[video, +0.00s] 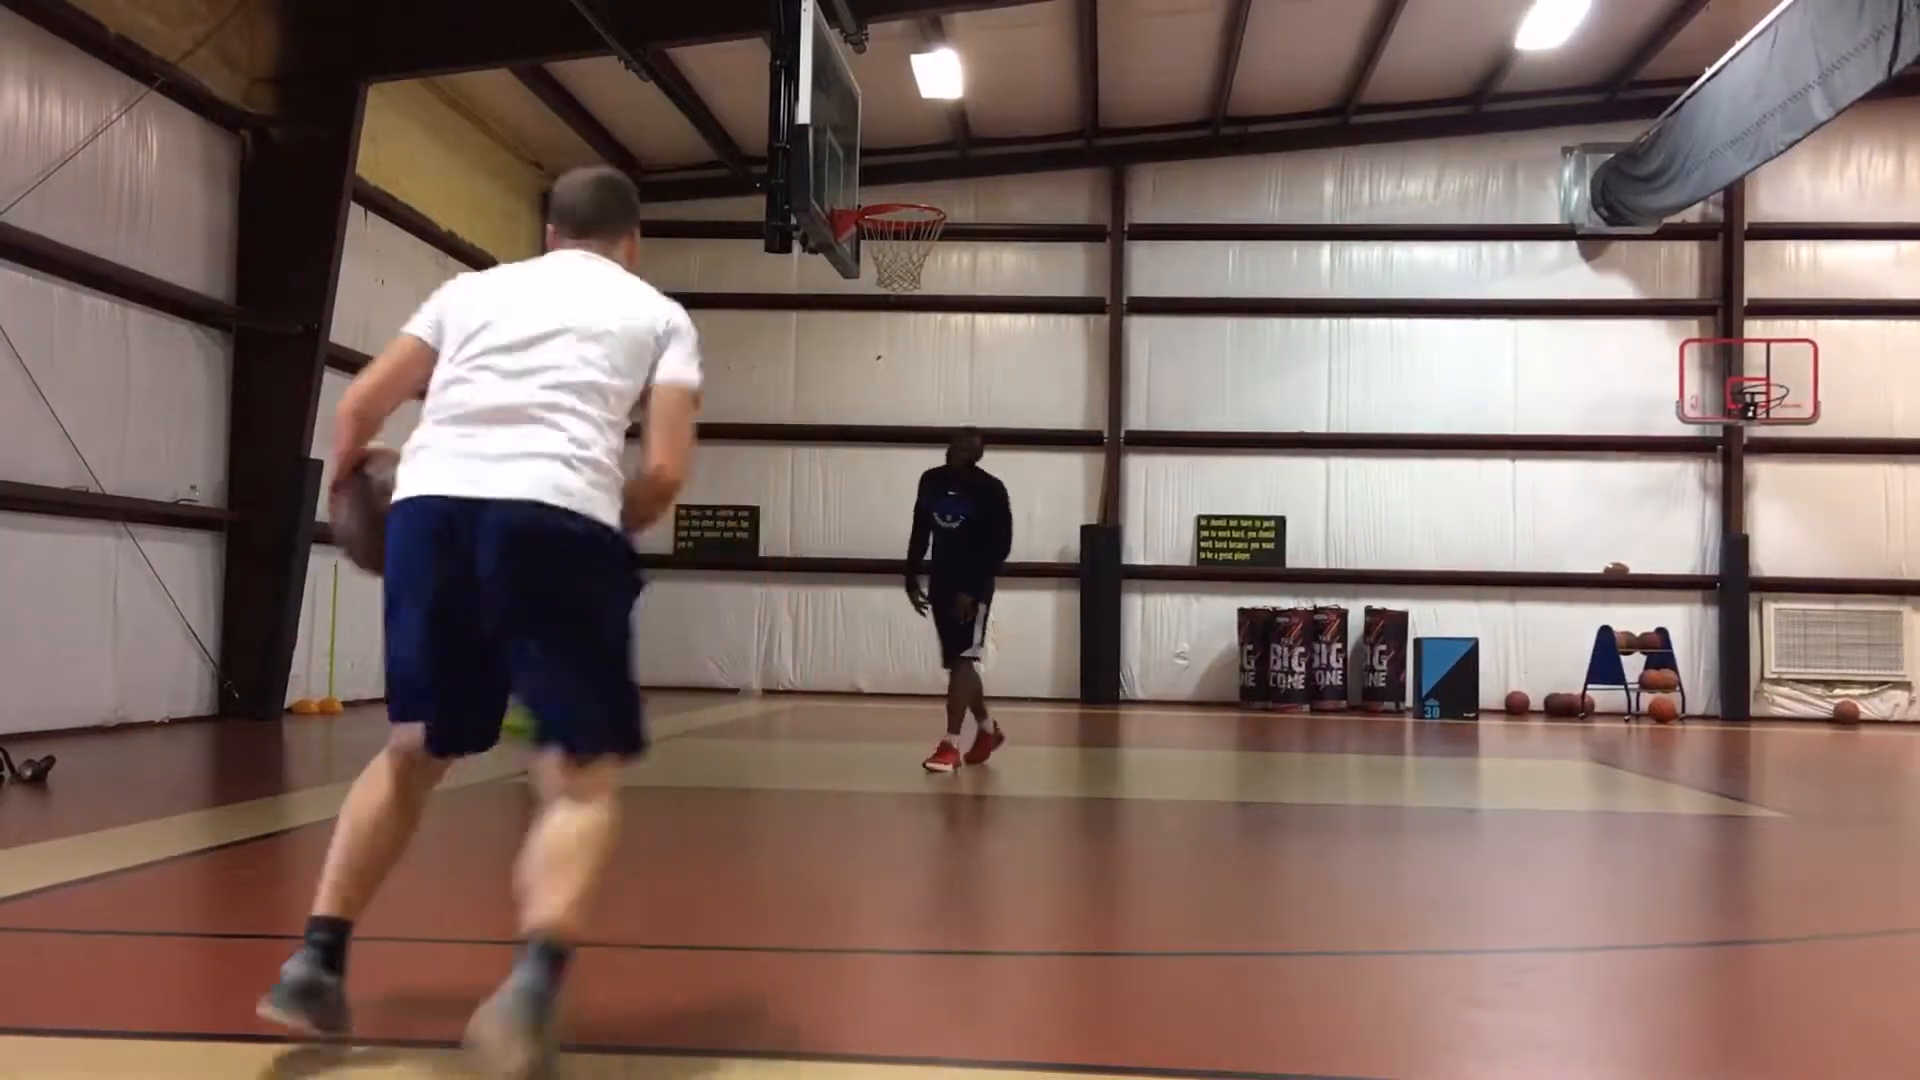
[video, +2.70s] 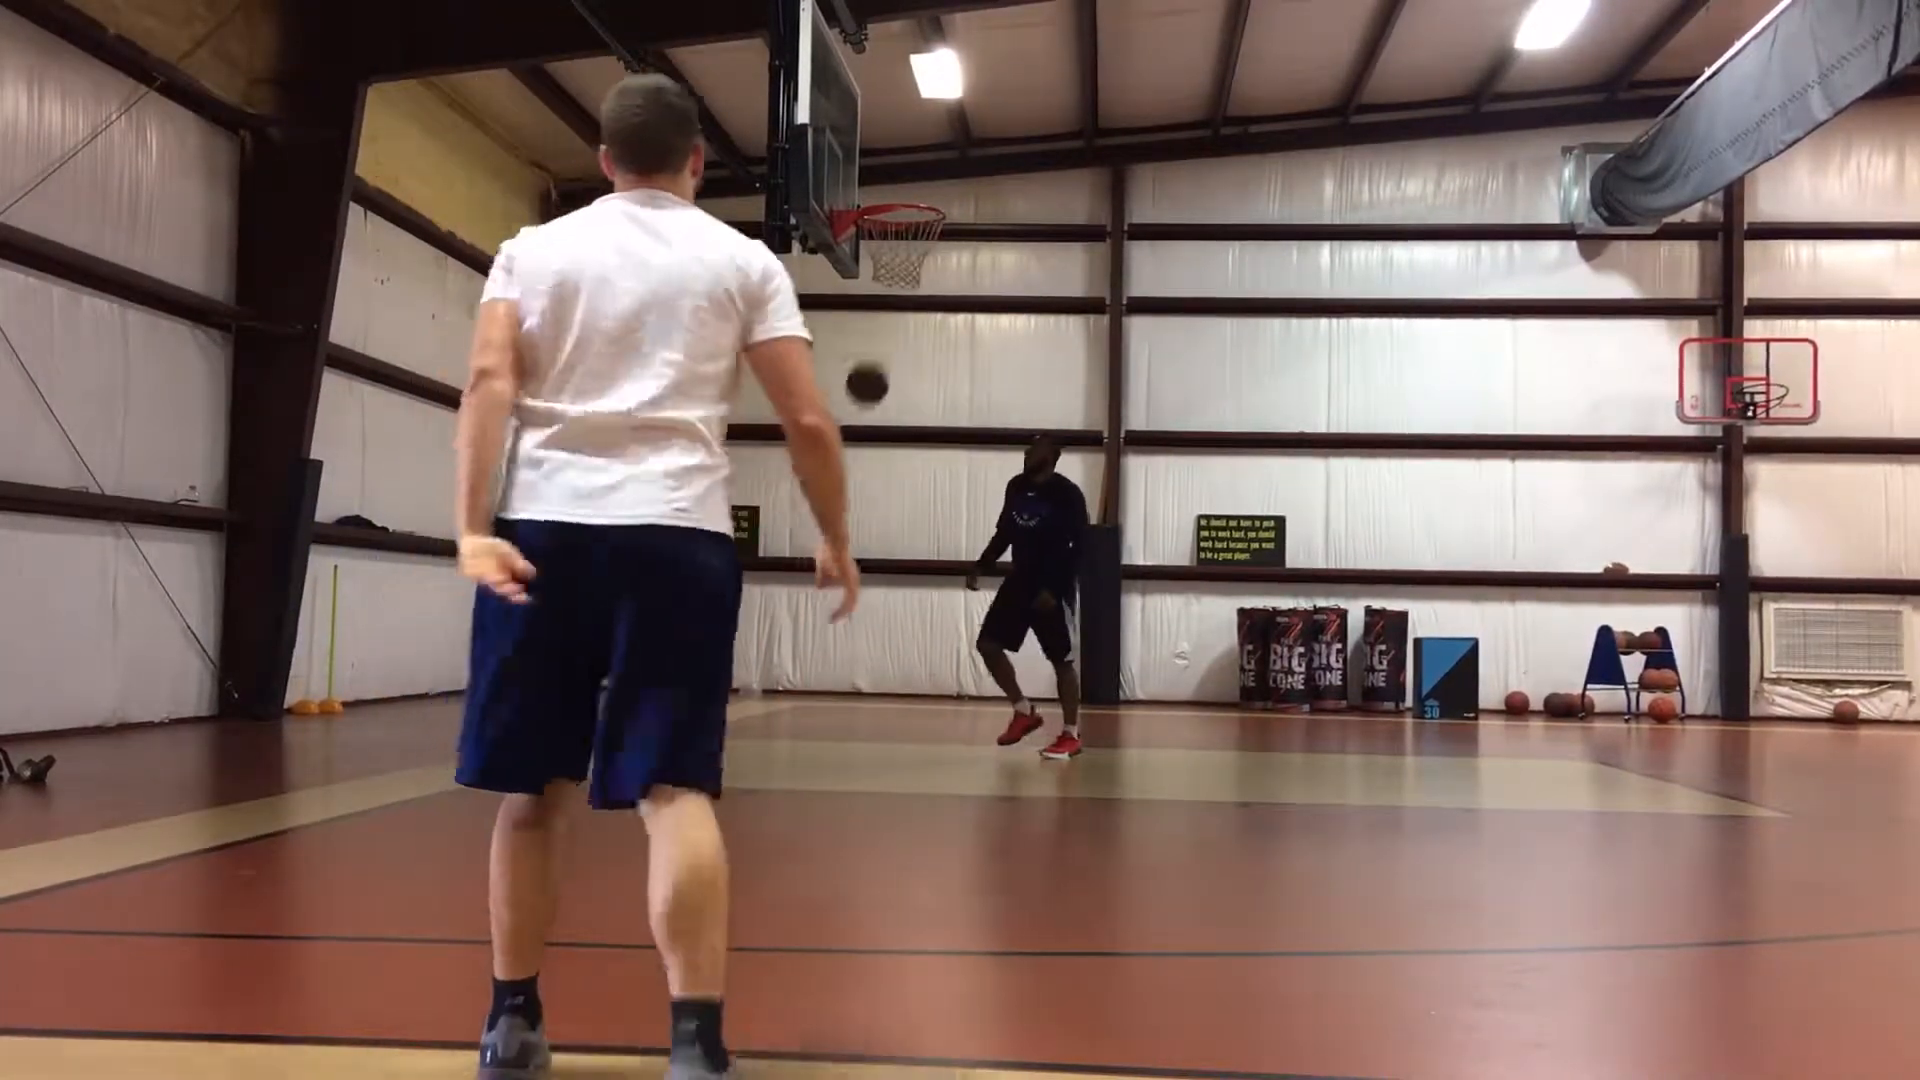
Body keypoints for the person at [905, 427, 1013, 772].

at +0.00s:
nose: (957, 447)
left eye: (965, 443)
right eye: (955, 441)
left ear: (978, 451)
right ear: (949, 446)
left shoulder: (991, 489)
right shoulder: (931, 480)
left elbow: (999, 547)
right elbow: (920, 530)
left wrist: (974, 591)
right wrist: (911, 575)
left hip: (975, 583)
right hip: (941, 579)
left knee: (962, 661)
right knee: (957, 662)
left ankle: (951, 744)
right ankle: (987, 729)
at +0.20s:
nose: (961, 454)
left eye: (968, 449)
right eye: (958, 448)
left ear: (981, 453)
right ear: (952, 452)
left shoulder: (1002, 482)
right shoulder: (942, 487)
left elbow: (1013, 542)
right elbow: (942, 542)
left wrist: (998, 590)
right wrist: (946, 589)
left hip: (994, 584)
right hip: (959, 583)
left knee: (983, 658)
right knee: (975, 659)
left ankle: (978, 736)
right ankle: (994, 735)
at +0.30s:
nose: (962, 448)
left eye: (969, 443)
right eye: (959, 443)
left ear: (984, 447)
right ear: (955, 450)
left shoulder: (1006, 476)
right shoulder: (949, 486)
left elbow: (1025, 529)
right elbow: (950, 539)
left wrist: (1010, 579)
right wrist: (955, 585)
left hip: (1004, 580)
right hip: (970, 580)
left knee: (997, 649)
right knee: (979, 655)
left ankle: (1007, 731)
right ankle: (991, 733)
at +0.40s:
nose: (965, 453)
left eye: (973, 447)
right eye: (963, 447)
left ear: (988, 451)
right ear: (959, 451)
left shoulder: (1011, 477)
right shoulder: (956, 489)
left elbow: (1035, 527)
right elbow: (958, 541)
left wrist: (1018, 578)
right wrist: (963, 584)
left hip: (1014, 581)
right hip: (981, 582)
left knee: (1013, 650)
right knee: (987, 657)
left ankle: (1036, 719)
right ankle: (994, 737)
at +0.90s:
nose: (1012, 476)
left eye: (1020, 471)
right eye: (1010, 469)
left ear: (1032, 475)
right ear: (1006, 471)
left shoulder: (1048, 504)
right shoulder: (1000, 498)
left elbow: (1067, 557)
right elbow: (1004, 550)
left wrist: (1061, 604)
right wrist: (1009, 594)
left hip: (1060, 588)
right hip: (1028, 587)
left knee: (1065, 659)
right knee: (1012, 653)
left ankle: (1070, 733)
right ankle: (1019, 731)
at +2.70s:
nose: (1027, 452)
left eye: (1035, 447)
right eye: (1029, 447)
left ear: (1053, 456)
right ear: (1030, 453)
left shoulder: (1068, 493)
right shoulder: (1017, 486)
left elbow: (1077, 549)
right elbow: (1005, 532)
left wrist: (1054, 588)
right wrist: (980, 566)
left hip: (1051, 584)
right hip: (1019, 581)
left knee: (1061, 661)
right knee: (988, 645)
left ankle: (1071, 733)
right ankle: (1023, 711)